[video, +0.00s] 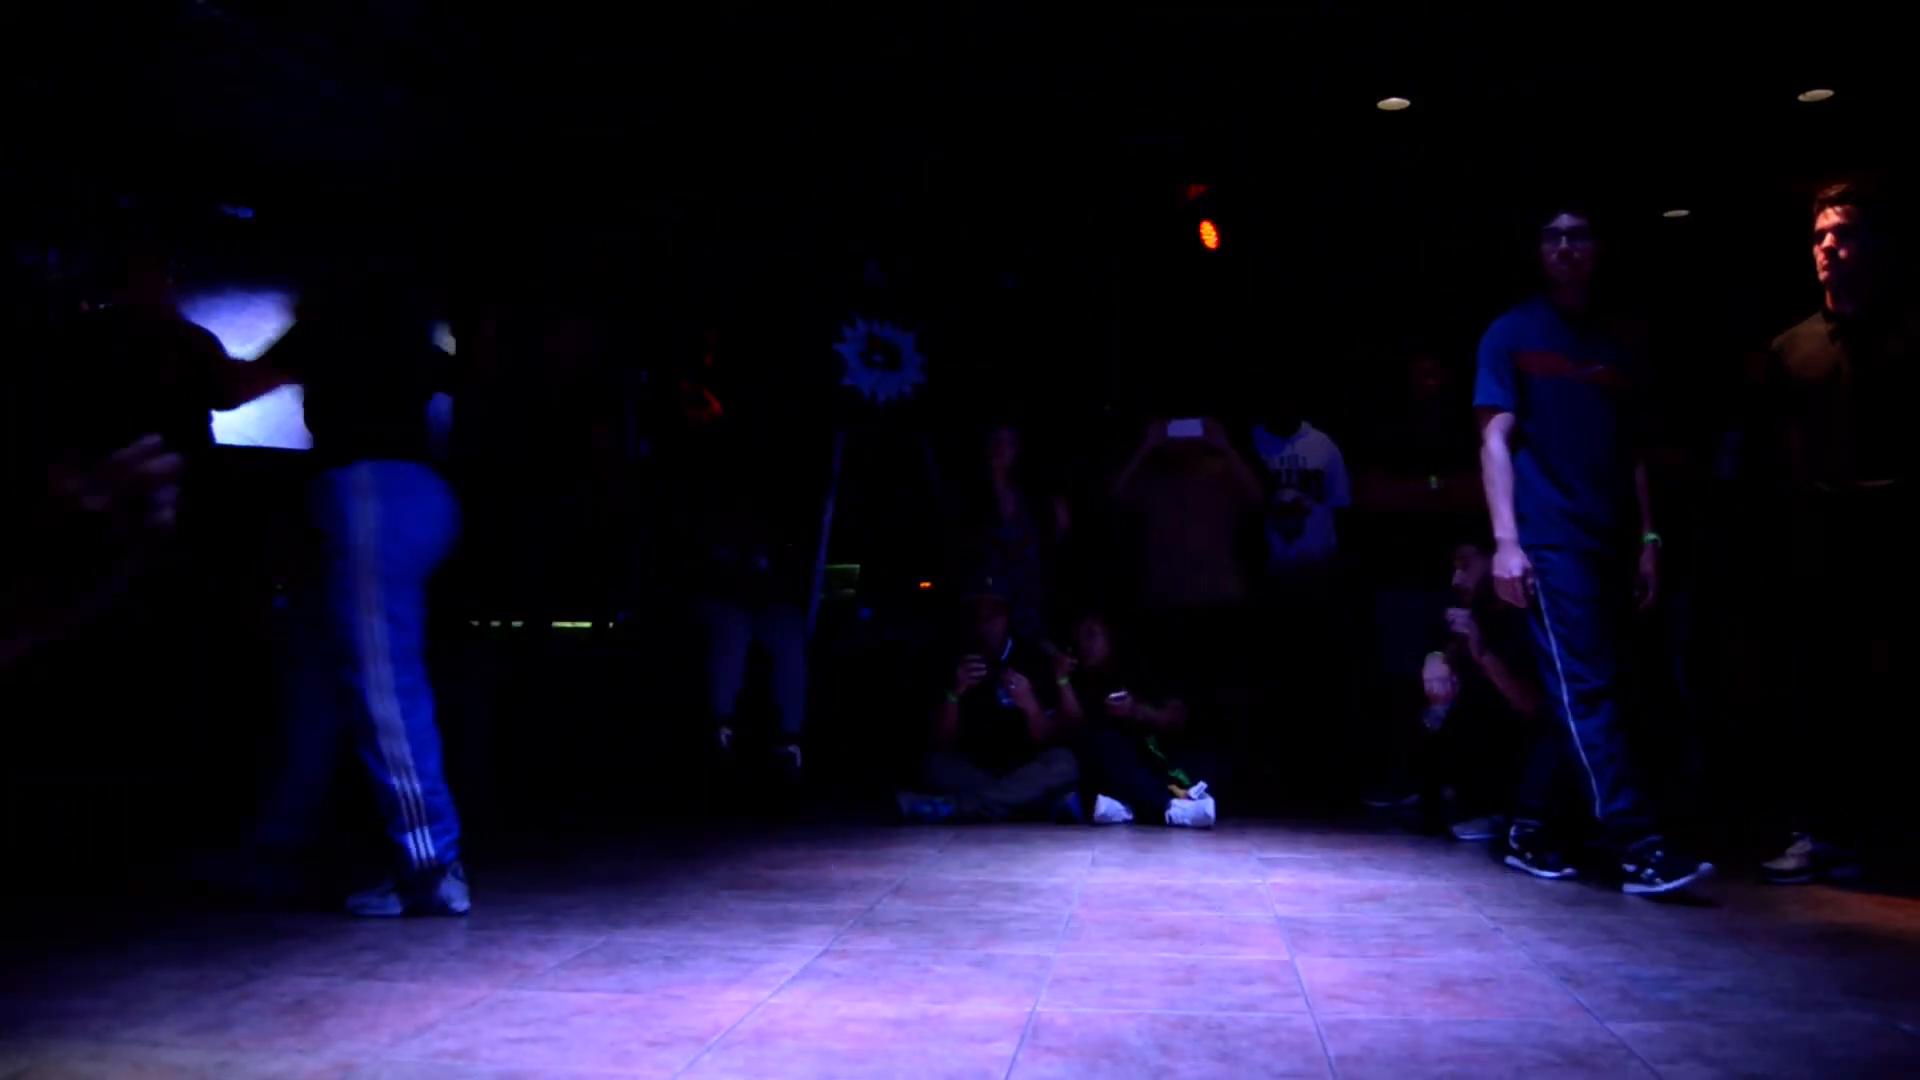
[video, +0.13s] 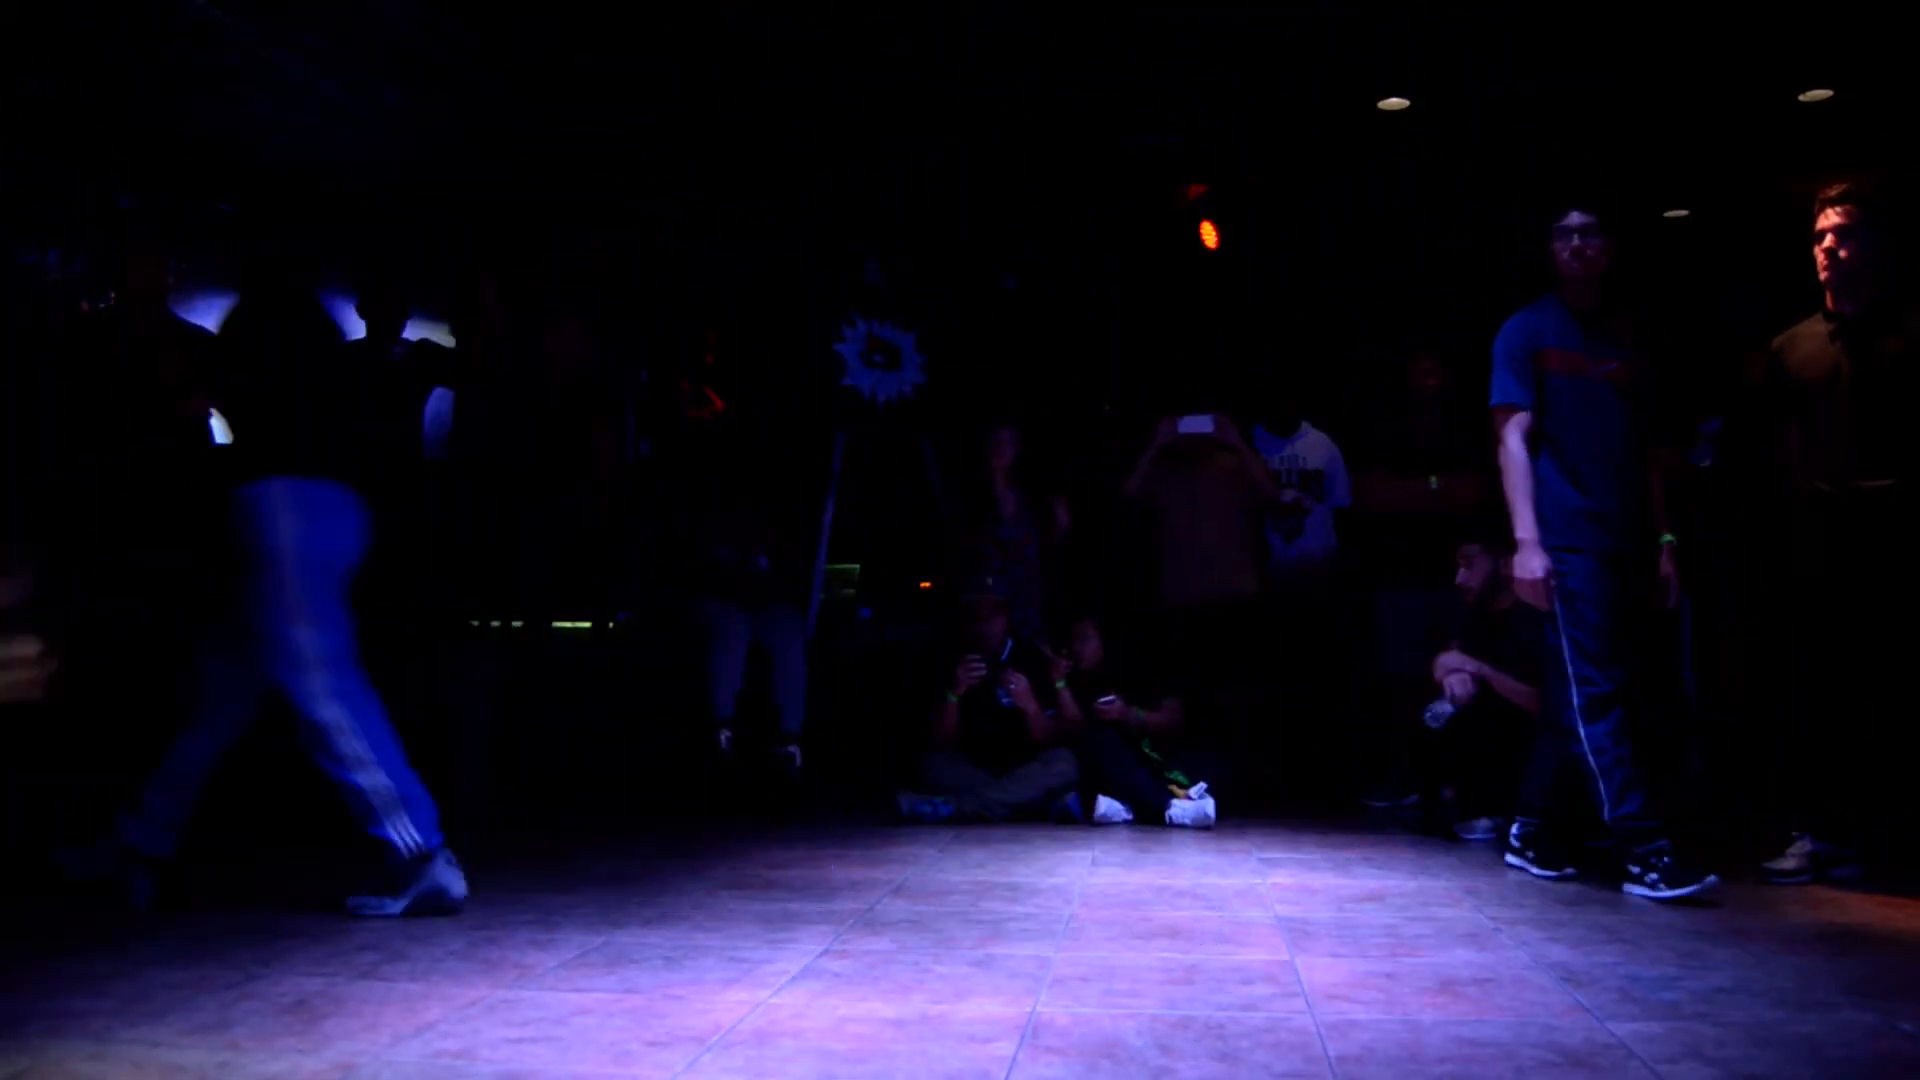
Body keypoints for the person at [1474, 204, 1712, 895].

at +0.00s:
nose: (1566, 250)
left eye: (1579, 238)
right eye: (1555, 239)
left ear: (1598, 249)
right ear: (1539, 251)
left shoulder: (1618, 335)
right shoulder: (1512, 334)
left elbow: (1635, 447)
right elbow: (1495, 441)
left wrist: (1647, 535)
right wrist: (1505, 542)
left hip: (1609, 532)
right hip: (1547, 534)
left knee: (1585, 685)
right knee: (1587, 685)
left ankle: (1532, 829)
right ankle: (1636, 849)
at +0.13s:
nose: (1578, 247)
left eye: (1591, 235)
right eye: (1566, 236)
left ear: (1611, 247)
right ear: (1550, 249)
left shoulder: (1627, 330)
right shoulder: (1527, 332)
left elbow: (1648, 447)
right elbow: (1512, 438)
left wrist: (1663, 539)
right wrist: (1526, 543)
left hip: (1625, 534)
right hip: (1568, 535)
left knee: (1589, 685)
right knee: (1597, 687)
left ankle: (1535, 829)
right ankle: (1643, 851)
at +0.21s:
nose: (1590, 246)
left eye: (1601, 234)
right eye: (1576, 235)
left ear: (1620, 245)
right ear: (1557, 249)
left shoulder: (1636, 326)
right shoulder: (1539, 329)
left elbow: (1658, 444)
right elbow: (1527, 438)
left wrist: (1675, 536)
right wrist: (1544, 541)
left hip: (1637, 530)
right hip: (1583, 533)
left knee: (1591, 683)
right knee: (1607, 687)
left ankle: (1535, 826)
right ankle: (1644, 850)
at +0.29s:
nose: (1598, 242)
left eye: (1609, 230)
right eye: (1584, 231)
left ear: (1628, 242)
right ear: (1565, 245)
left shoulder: (1641, 325)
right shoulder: (1548, 328)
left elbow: (1663, 445)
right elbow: (1542, 437)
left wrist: (1686, 535)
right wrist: (1568, 540)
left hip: (1644, 530)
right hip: (1591, 533)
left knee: (1599, 687)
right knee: (1613, 691)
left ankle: (1537, 825)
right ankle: (1644, 849)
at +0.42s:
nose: (1614, 238)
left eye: (1624, 225)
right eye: (1600, 227)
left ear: (1642, 237)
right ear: (1579, 241)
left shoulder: (1657, 318)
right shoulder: (1564, 323)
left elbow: (1685, 440)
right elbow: (1562, 434)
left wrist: (1705, 530)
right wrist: (1603, 535)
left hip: (1663, 527)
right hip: (1606, 530)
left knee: (1636, 687)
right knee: (1624, 692)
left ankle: (1551, 817)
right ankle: (1646, 851)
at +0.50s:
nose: (1621, 233)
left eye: (1632, 221)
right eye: (1606, 223)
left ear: (1651, 235)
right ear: (1586, 238)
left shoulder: (1664, 318)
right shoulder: (1575, 319)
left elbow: (1689, 442)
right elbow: (1575, 431)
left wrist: (1716, 529)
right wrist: (1622, 531)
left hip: (1668, 527)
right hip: (1610, 531)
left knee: (1656, 685)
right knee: (1631, 692)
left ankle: (1568, 810)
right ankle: (1648, 855)